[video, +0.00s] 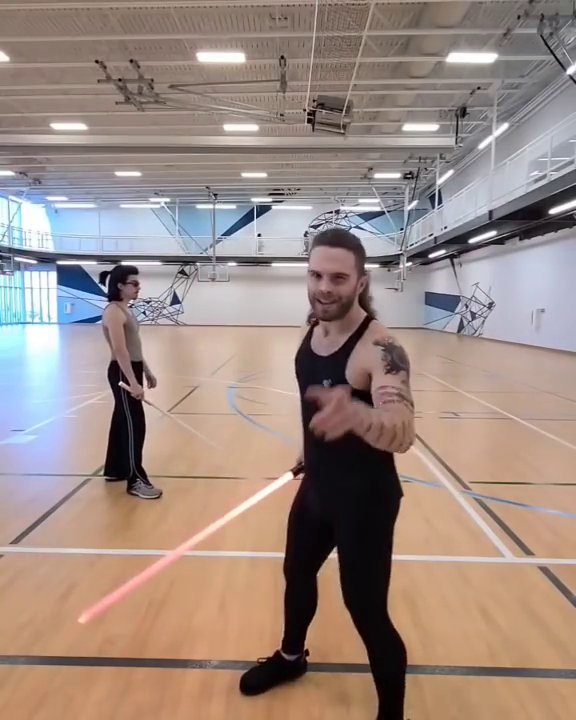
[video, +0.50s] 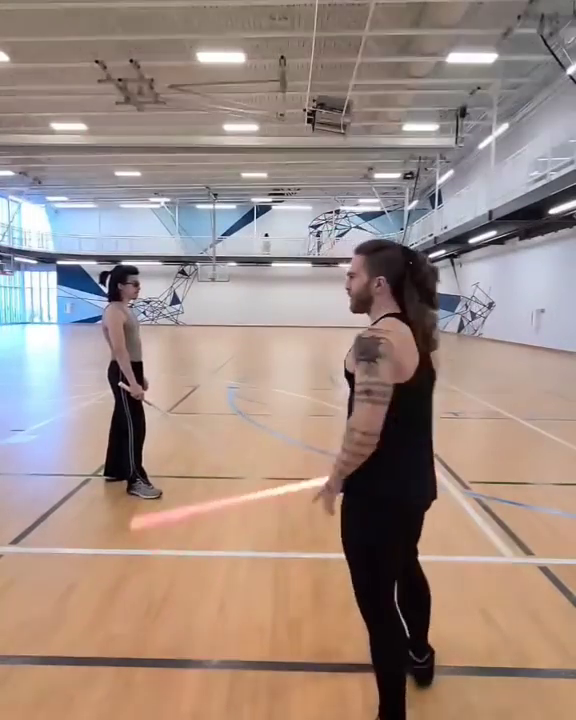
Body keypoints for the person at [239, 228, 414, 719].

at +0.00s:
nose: (324, 289)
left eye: (338, 279)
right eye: (316, 276)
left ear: (361, 282)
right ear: (307, 276)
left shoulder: (380, 347)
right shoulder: (316, 329)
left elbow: (402, 432)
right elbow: (320, 405)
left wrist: (359, 416)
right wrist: (306, 458)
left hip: (367, 491)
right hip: (320, 480)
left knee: (367, 610)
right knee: (298, 569)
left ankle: (391, 712)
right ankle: (291, 655)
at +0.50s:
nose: (346, 283)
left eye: (352, 275)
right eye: (347, 274)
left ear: (379, 281)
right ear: (386, 282)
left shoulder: (375, 339)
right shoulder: (412, 331)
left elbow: (366, 429)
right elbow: (411, 417)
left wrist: (334, 480)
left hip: (376, 491)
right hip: (412, 484)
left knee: (377, 605)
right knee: (406, 567)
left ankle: (391, 713)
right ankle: (419, 655)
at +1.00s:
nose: (382, 300)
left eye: (385, 293)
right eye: (384, 293)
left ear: (397, 297)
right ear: (425, 296)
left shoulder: (378, 338)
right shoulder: (457, 342)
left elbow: (348, 396)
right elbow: (470, 405)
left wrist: (333, 429)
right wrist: (475, 442)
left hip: (382, 458)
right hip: (428, 461)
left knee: (382, 515)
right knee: (425, 549)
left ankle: (385, 569)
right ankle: (420, 644)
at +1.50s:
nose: (392, 301)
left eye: (395, 296)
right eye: (393, 295)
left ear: (408, 298)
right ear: (429, 298)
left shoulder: (388, 332)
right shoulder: (450, 336)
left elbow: (360, 365)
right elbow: (459, 386)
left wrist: (357, 372)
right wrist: (475, 426)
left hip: (394, 426)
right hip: (429, 427)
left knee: (389, 488)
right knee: (430, 476)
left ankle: (388, 557)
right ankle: (430, 522)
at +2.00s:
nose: (394, 303)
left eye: (397, 299)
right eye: (394, 299)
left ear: (410, 299)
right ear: (420, 298)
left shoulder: (405, 326)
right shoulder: (448, 324)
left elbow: (396, 368)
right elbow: (459, 359)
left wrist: (390, 403)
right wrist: (465, 381)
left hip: (408, 401)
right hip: (437, 402)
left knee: (406, 448)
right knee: (434, 457)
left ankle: (407, 487)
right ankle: (430, 513)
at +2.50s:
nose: (409, 299)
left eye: (413, 295)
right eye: (410, 294)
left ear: (425, 297)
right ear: (433, 297)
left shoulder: (419, 324)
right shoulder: (452, 323)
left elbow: (400, 356)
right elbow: (457, 356)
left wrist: (382, 357)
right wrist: (442, 367)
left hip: (422, 390)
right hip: (447, 387)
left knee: (408, 435)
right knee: (454, 424)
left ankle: (408, 486)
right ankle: (469, 461)